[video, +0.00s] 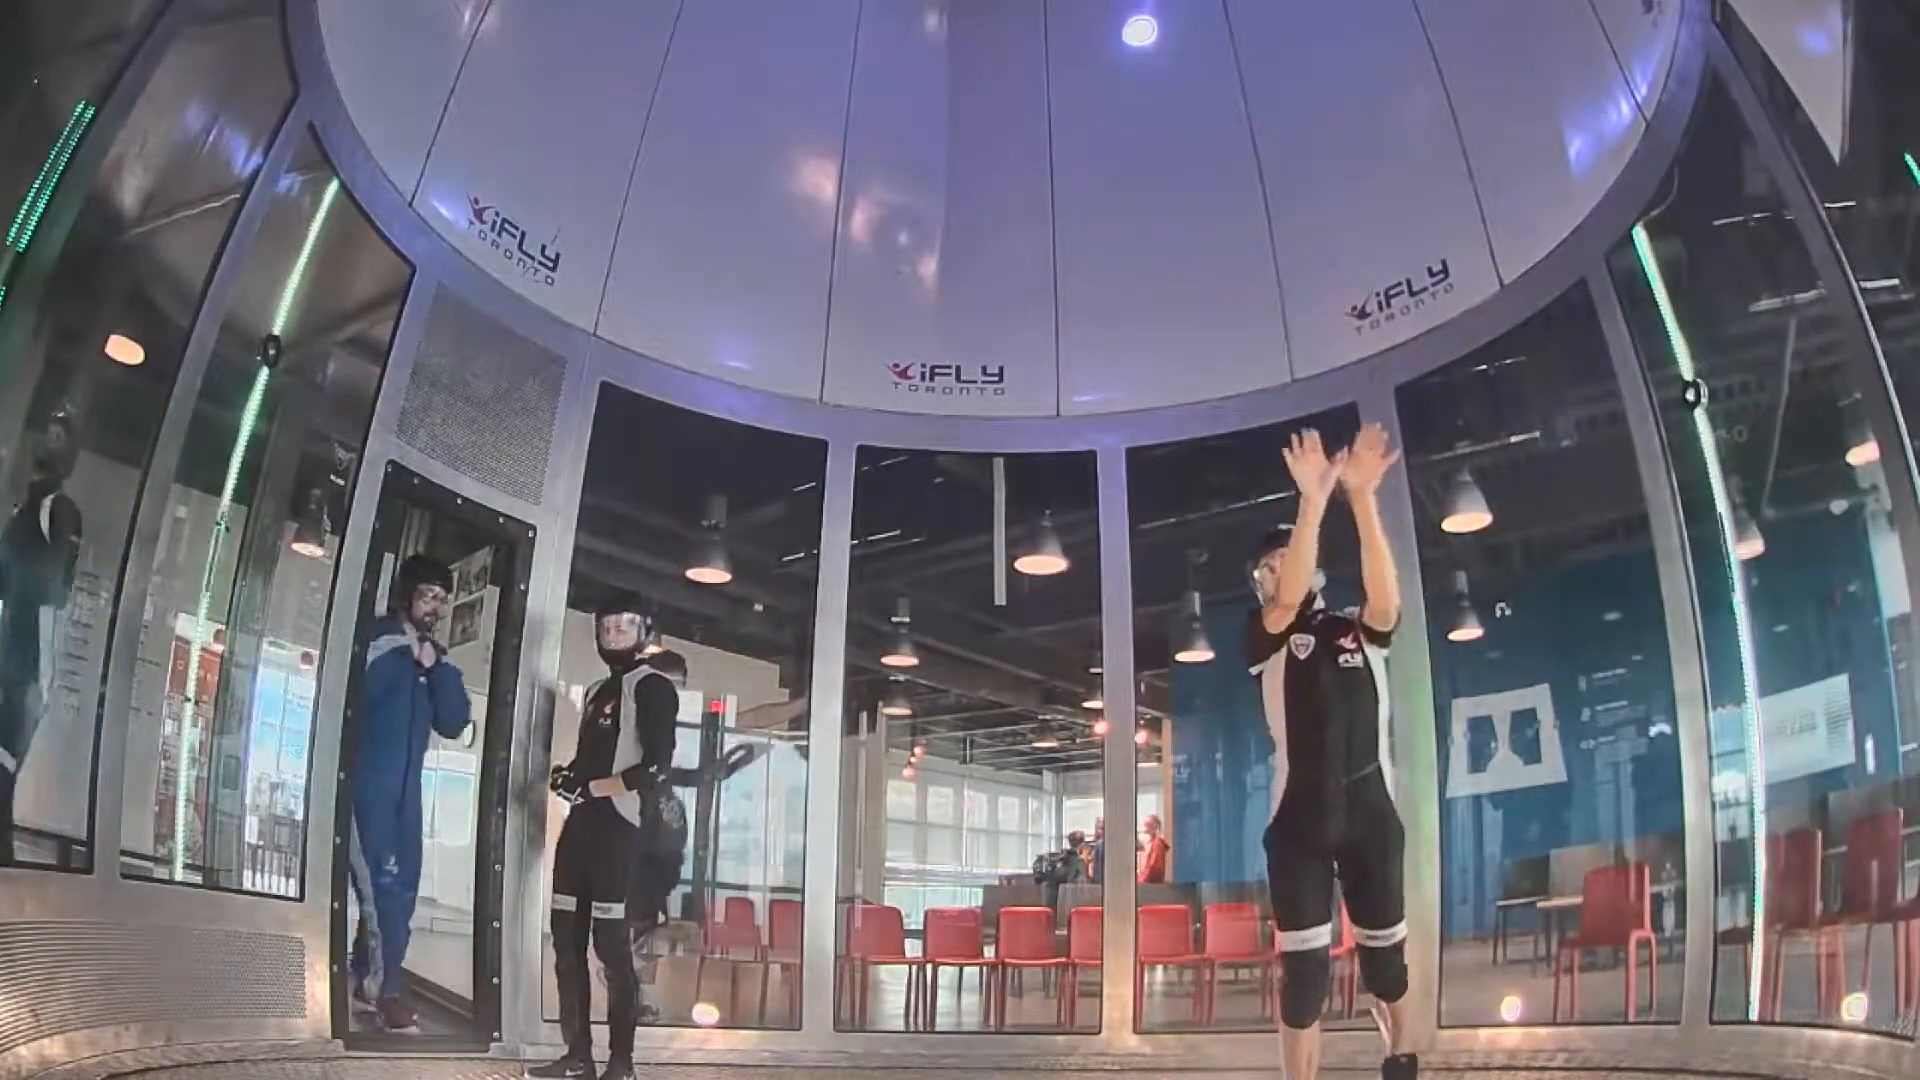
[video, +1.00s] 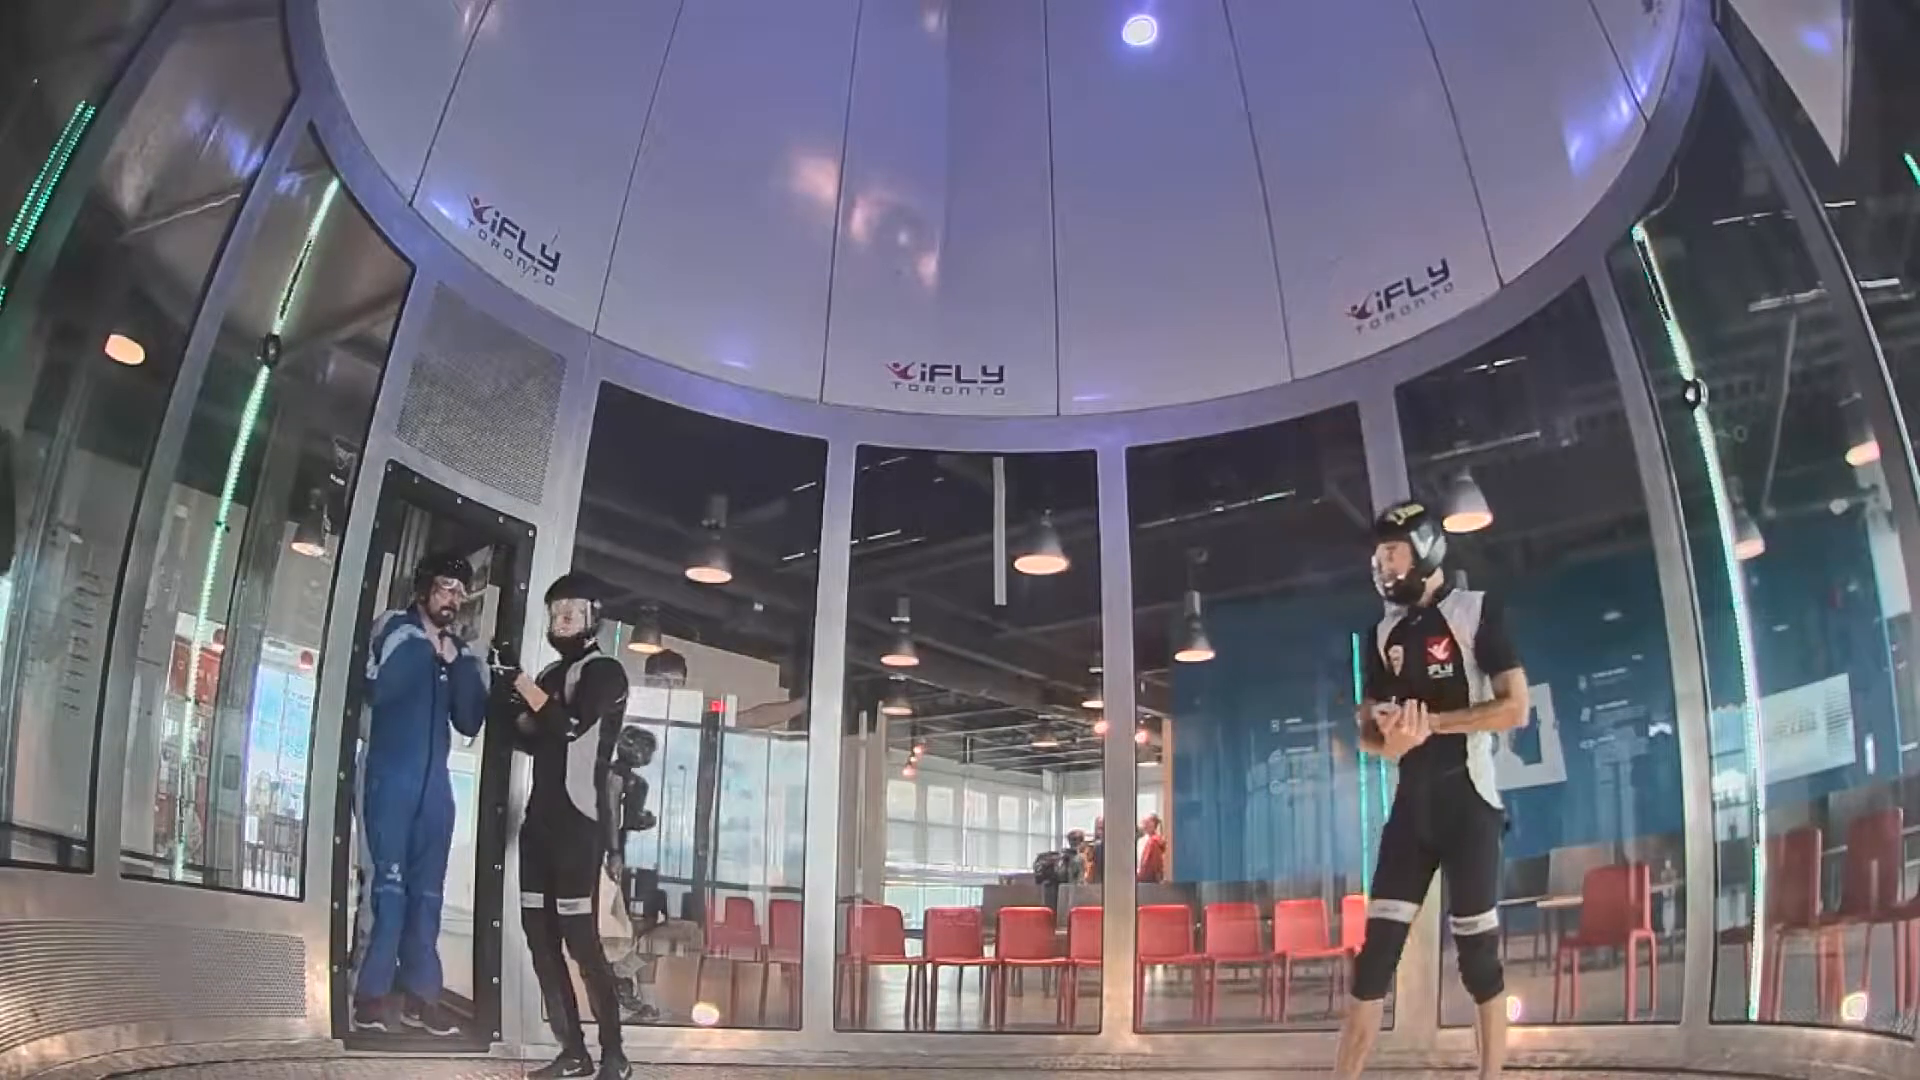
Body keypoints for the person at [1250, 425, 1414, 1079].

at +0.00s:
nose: (1279, 571)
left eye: (1286, 560)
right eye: (1268, 566)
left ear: (1308, 569)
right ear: (1258, 587)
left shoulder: (1360, 631)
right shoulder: (1264, 641)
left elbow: (1385, 595)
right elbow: (1291, 592)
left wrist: (1361, 495)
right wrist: (1314, 495)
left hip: (1372, 820)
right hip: (1300, 827)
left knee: (1386, 970)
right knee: (1305, 979)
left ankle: (1400, 1058)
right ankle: (1299, 1076)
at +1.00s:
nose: (1384, 566)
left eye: (1395, 553)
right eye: (1380, 555)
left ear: (1429, 551)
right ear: (1379, 559)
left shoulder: (1477, 611)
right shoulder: (1381, 634)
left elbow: (1514, 708)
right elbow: (1367, 731)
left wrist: (1428, 722)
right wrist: (1388, 747)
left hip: (1471, 802)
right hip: (1411, 803)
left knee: (1477, 958)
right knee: (1378, 948)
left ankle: (1491, 1077)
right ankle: (1345, 1076)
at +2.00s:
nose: (1368, 575)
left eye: (1377, 563)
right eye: (1365, 565)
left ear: (1410, 561)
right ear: (1368, 571)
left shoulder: (1456, 615)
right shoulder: (1376, 642)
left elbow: (1490, 705)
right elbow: (1368, 749)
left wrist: (1403, 701)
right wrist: (1364, 720)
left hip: (1455, 803)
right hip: (1399, 807)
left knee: (1465, 946)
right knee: (1400, 951)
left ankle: (1487, 1075)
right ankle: (1394, 1076)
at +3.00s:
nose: (1380, 588)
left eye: (1389, 575)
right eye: (1373, 579)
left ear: (1420, 570)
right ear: (1369, 584)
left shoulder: (1462, 617)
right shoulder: (1380, 648)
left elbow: (1498, 704)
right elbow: (1369, 749)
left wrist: (1413, 702)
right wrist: (1372, 717)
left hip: (1457, 804)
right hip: (1401, 807)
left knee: (1464, 948)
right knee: (1399, 952)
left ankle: (1487, 1075)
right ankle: (1393, 1076)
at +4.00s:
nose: (1375, 573)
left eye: (1386, 560)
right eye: (1369, 564)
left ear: (1419, 562)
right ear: (1366, 574)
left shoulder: (1459, 616)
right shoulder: (1369, 646)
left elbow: (1491, 707)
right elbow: (1352, 754)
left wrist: (1402, 700)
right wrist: (1361, 717)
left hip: (1447, 807)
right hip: (1388, 810)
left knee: (1459, 951)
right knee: (1391, 957)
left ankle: (1486, 1075)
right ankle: (1392, 1077)